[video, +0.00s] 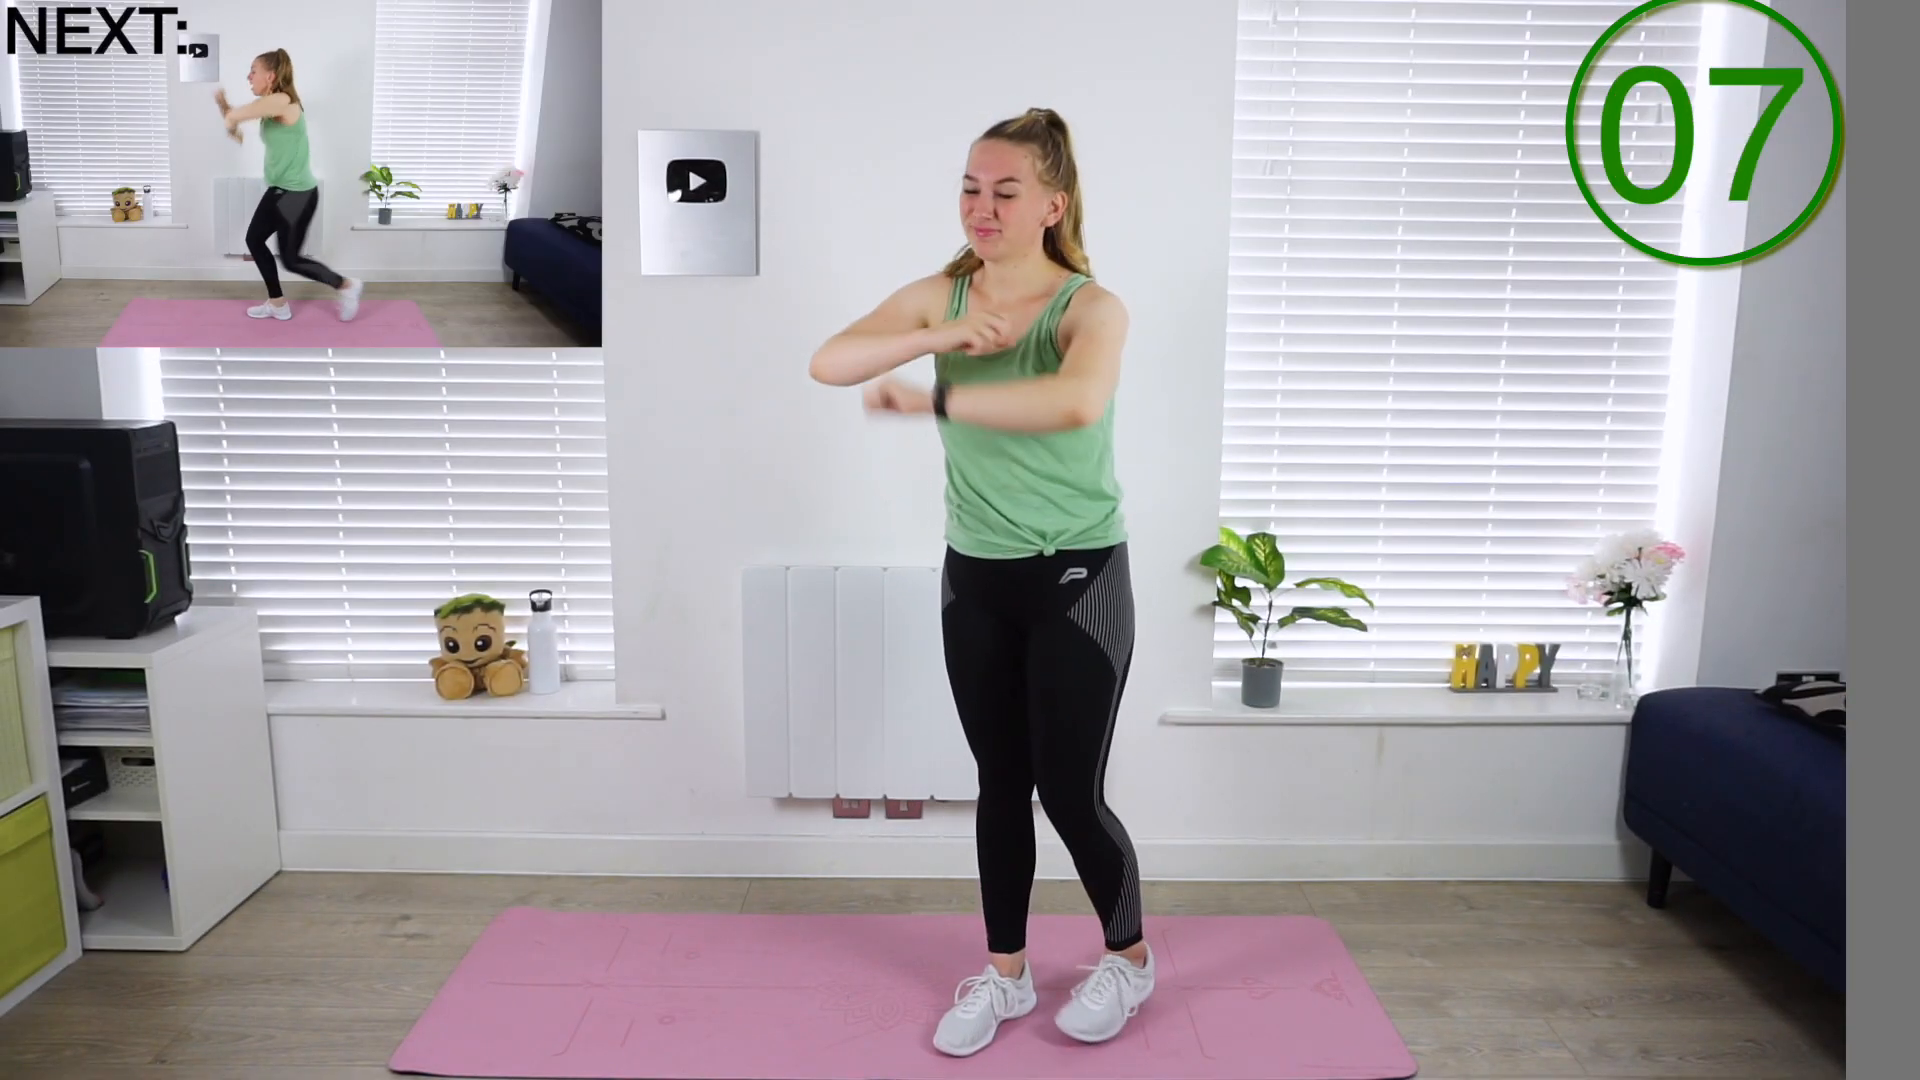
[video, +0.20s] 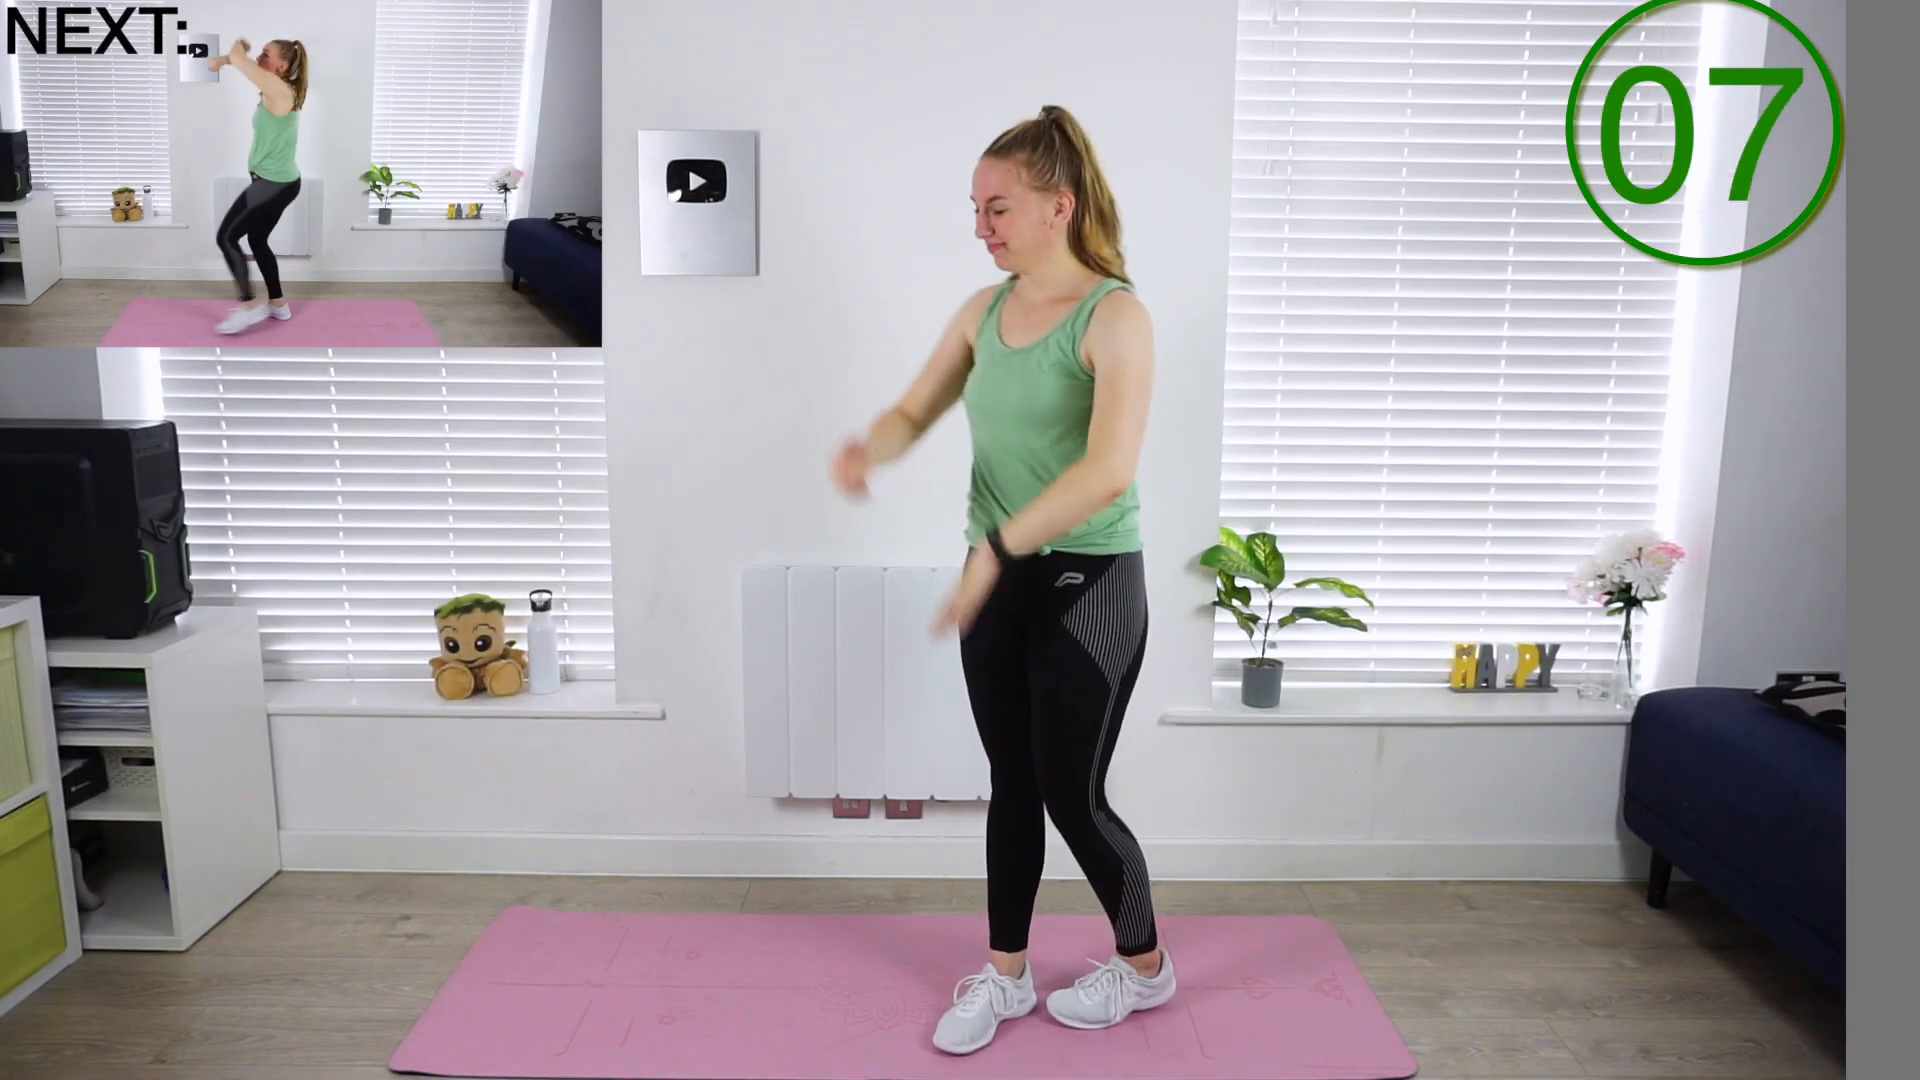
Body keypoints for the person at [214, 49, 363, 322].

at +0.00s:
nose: (249, 78)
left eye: (253, 73)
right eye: (250, 72)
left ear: (271, 76)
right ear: (271, 77)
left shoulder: (281, 100)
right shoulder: (273, 102)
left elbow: (233, 117)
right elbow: (238, 120)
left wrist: (233, 129)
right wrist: (225, 109)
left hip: (299, 192)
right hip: (279, 189)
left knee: (290, 259)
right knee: (255, 239)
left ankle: (347, 285)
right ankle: (277, 302)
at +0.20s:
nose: (260, 59)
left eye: (266, 56)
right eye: (262, 55)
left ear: (284, 65)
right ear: (282, 66)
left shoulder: (277, 87)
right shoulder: (283, 87)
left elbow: (237, 58)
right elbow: (248, 64)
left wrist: (239, 46)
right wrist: (224, 60)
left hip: (272, 182)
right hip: (281, 180)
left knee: (226, 237)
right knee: (258, 240)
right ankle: (278, 303)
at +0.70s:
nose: (262, 66)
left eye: (269, 61)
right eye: (263, 61)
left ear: (288, 68)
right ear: (286, 69)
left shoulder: (279, 97)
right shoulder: (286, 94)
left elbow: (231, 80)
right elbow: (251, 83)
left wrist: (239, 73)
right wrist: (228, 81)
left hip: (266, 186)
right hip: (272, 183)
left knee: (226, 241)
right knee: (254, 240)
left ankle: (211, 316)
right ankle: (277, 304)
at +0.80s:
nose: (253, 73)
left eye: (258, 67)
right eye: (254, 67)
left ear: (278, 71)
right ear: (276, 72)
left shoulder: (281, 103)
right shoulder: (282, 98)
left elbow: (229, 111)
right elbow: (247, 109)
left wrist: (219, 110)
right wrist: (239, 117)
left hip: (281, 190)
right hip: (278, 186)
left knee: (232, 242)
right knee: (259, 241)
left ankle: (247, 314)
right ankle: (278, 305)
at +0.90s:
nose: (245, 79)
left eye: (248, 73)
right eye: (245, 73)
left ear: (265, 76)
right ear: (266, 76)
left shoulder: (279, 105)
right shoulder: (273, 102)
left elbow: (239, 137)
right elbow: (248, 126)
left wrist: (234, 148)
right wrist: (238, 129)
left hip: (295, 189)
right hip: (281, 186)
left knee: (256, 249)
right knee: (262, 244)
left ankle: (303, 300)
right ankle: (277, 304)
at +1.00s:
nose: (238, 81)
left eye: (241, 75)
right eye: (238, 75)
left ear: (257, 77)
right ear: (256, 77)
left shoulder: (280, 103)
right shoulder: (261, 107)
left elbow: (253, 149)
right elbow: (243, 143)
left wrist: (251, 151)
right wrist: (229, 153)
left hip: (305, 186)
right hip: (283, 185)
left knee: (289, 252)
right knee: (269, 239)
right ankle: (279, 303)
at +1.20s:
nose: (235, 87)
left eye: (238, 80)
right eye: (236, 80)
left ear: (253, 81)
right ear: (253, 80)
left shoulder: (283, 106)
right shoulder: (257, 111)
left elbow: (267, 153)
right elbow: (253, 150)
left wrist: (247, 164)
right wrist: (262, 166)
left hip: (323, 181)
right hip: (295, 184)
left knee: (335, 242)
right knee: (271, 236)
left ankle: (367, 292)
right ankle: (279, 303)